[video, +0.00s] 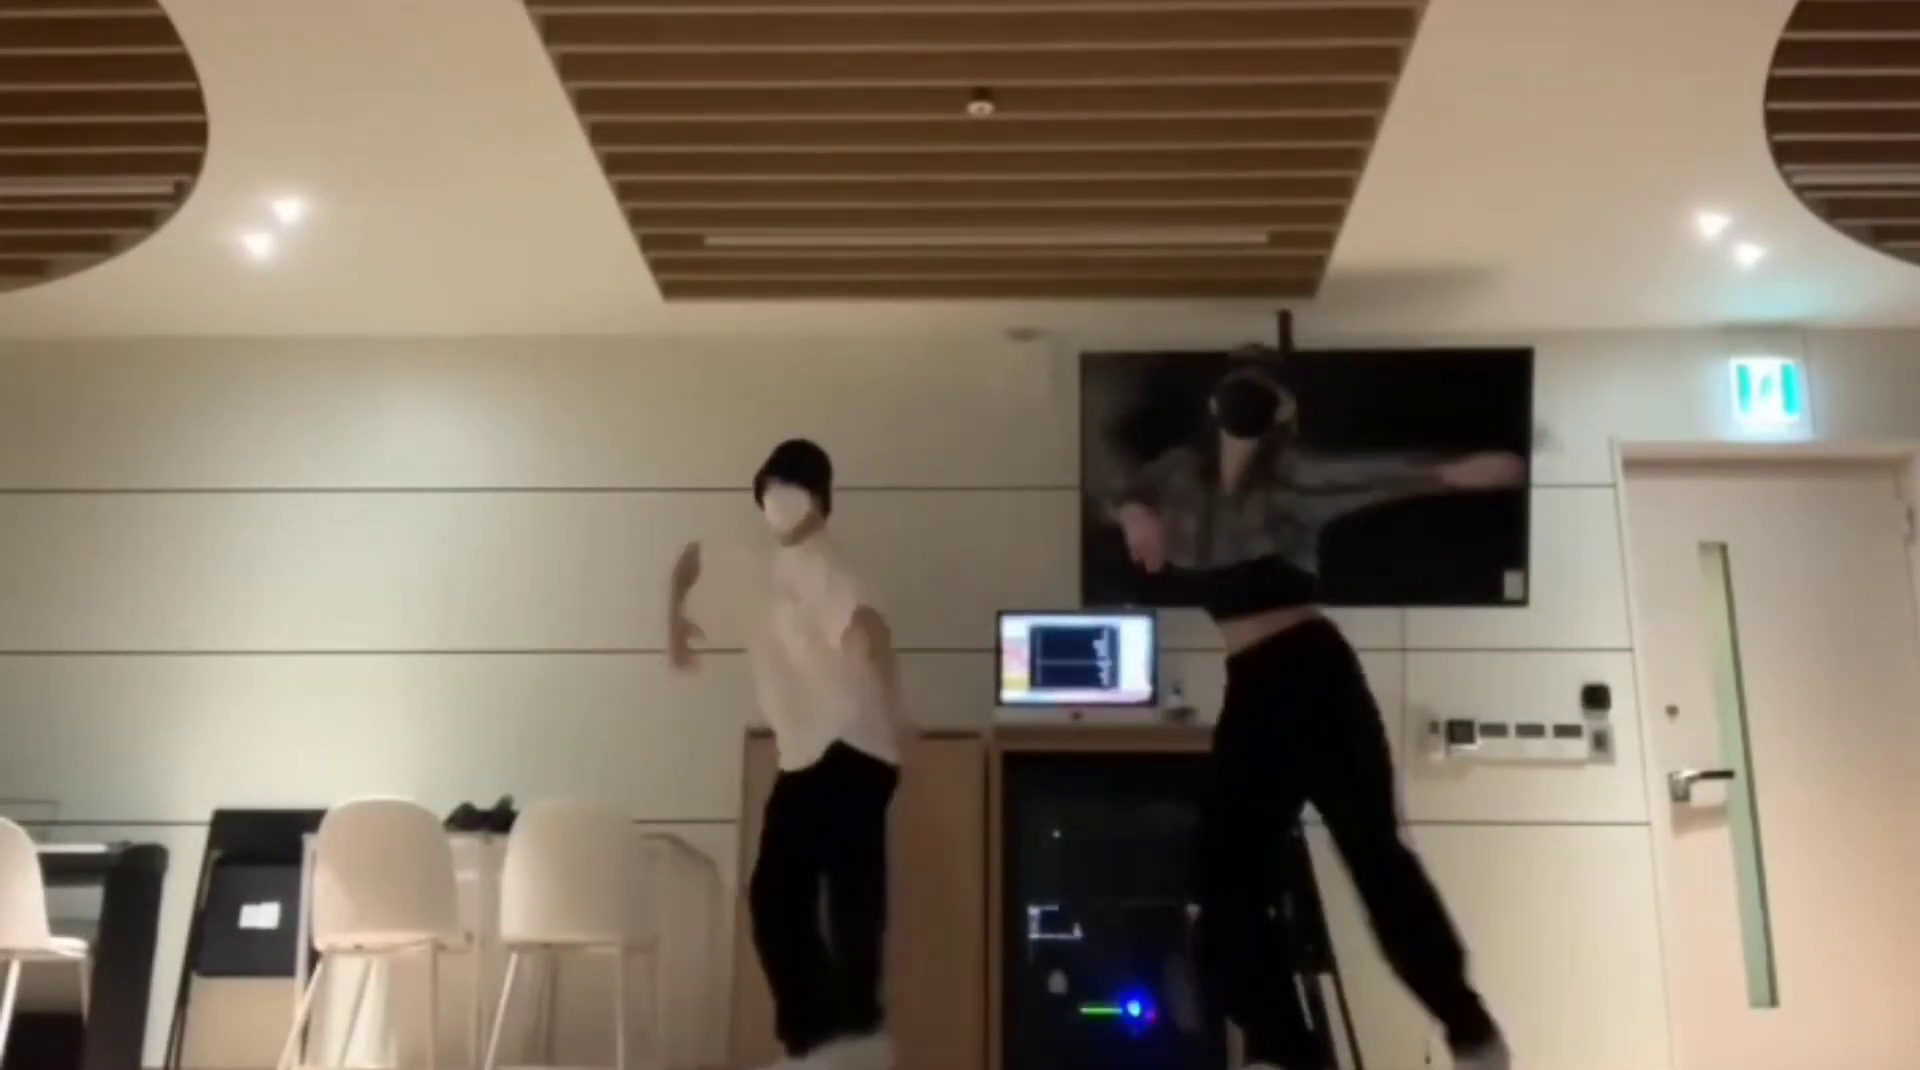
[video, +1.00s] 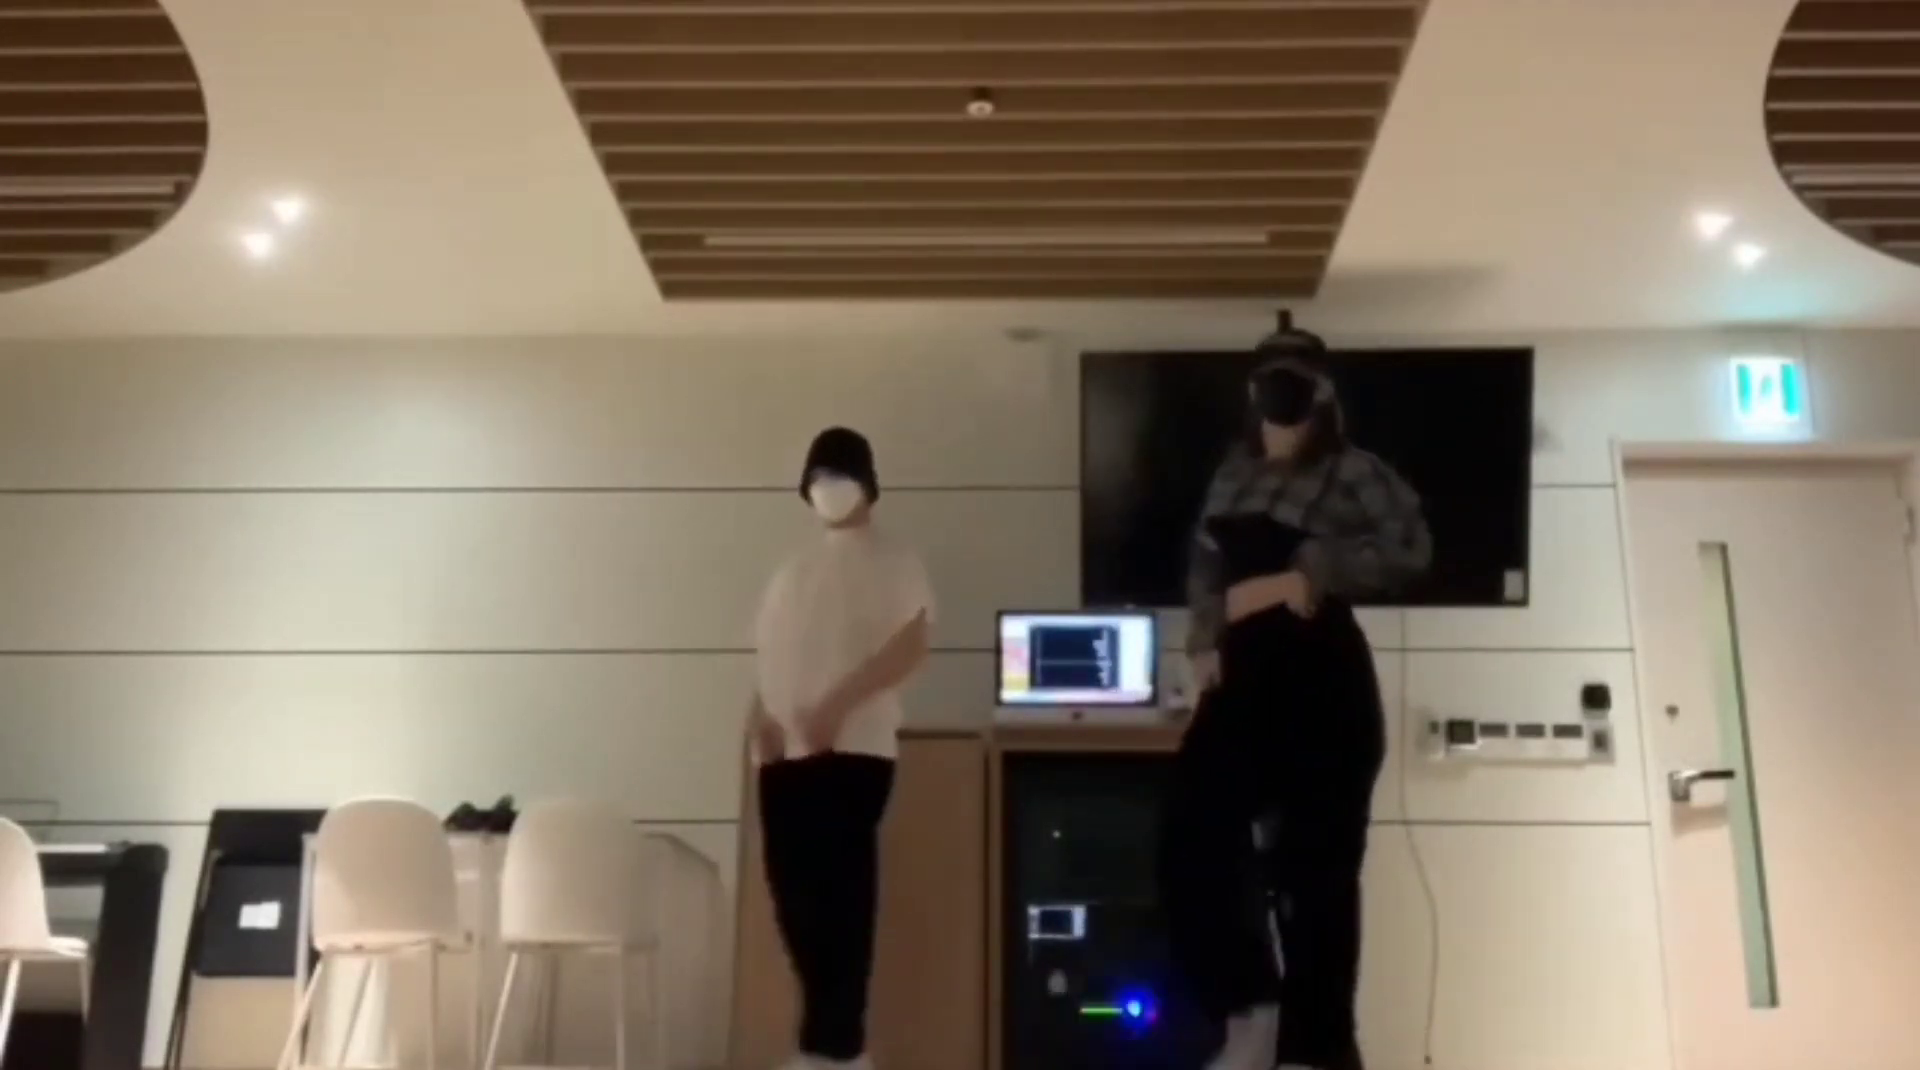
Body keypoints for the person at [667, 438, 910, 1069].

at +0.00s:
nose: (780, 504)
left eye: (795, 491)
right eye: (770, 492)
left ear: (820, 500)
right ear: (759, 502)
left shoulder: (825, 563)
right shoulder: (776, 572)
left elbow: (871, 627)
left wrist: (895, 715)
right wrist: (678, 606)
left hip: (850, 745)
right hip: (806, 751)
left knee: (778, 892)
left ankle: (826, 1033)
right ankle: (844, 1027)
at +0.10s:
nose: (774, 489)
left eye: (789, 478)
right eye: (767, 477)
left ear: (817, 491)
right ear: (754, 483)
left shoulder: (809, 553)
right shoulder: (757, 544)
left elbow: (885, 615)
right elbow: (733, 588)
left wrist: (941, 696)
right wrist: (734, 626)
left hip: (848, 742)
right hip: (801, 748)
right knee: (782, 901)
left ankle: (928, 1027)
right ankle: (816, 1044)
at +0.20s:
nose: (774, 477)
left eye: (787, 463)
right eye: (766, 466)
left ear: (814, 475)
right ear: (758, 478)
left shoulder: (816, 549)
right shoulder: (774, 548)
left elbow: (907, 611)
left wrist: (969, 692)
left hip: (833, 742)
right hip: (791, 742)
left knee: (897, 875)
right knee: (790, 898)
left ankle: (965, 1015)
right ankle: (818, 1044)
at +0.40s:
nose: (787, 489)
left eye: (794, 473)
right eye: (779, 479)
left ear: (823, 472)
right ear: (780, 487)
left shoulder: (869, 546)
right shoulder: (809, 550)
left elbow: (894, 633)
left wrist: (902, 717)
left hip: (819, 736)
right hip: (771, 734)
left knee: (828, 882)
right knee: (753, 886)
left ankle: (863, 1033)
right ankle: (803, 1028)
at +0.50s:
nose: (794, 519)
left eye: (805, 504)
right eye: (786, 508)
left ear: (834, 508)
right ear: (781, 519)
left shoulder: (867, 579)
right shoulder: (799, 592)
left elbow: (903, 667)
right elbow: (799, 686)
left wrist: (845, 758)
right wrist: (748, 740)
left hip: (819, 773)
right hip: (766, 766)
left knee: (785, 897)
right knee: (678, 853)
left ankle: (830, 1050)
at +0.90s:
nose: (824, 492)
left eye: (837, 479)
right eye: (813, 481)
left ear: (863, 490)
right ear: (798, 495)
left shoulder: (887, 557)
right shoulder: (780, 576)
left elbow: (902, 641)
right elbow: (767, 671)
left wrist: (832, 728)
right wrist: (761, 745)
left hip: (857, 767)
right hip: (784, 771)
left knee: (806, 905)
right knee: (744, 909)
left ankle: (832, 1051)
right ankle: (701, 1046)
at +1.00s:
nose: (831, 488)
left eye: (844, 474)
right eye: (819, 478)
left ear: (869, 485)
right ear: (806, 490)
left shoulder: (893, 556)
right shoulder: (793, 568)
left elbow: (911, 644)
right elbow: (771, 654)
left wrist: (835, 706)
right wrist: (764, 718)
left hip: (855, 751)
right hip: (786, 755)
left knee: (840, 894)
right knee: (792, 894)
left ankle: (834, 1043)